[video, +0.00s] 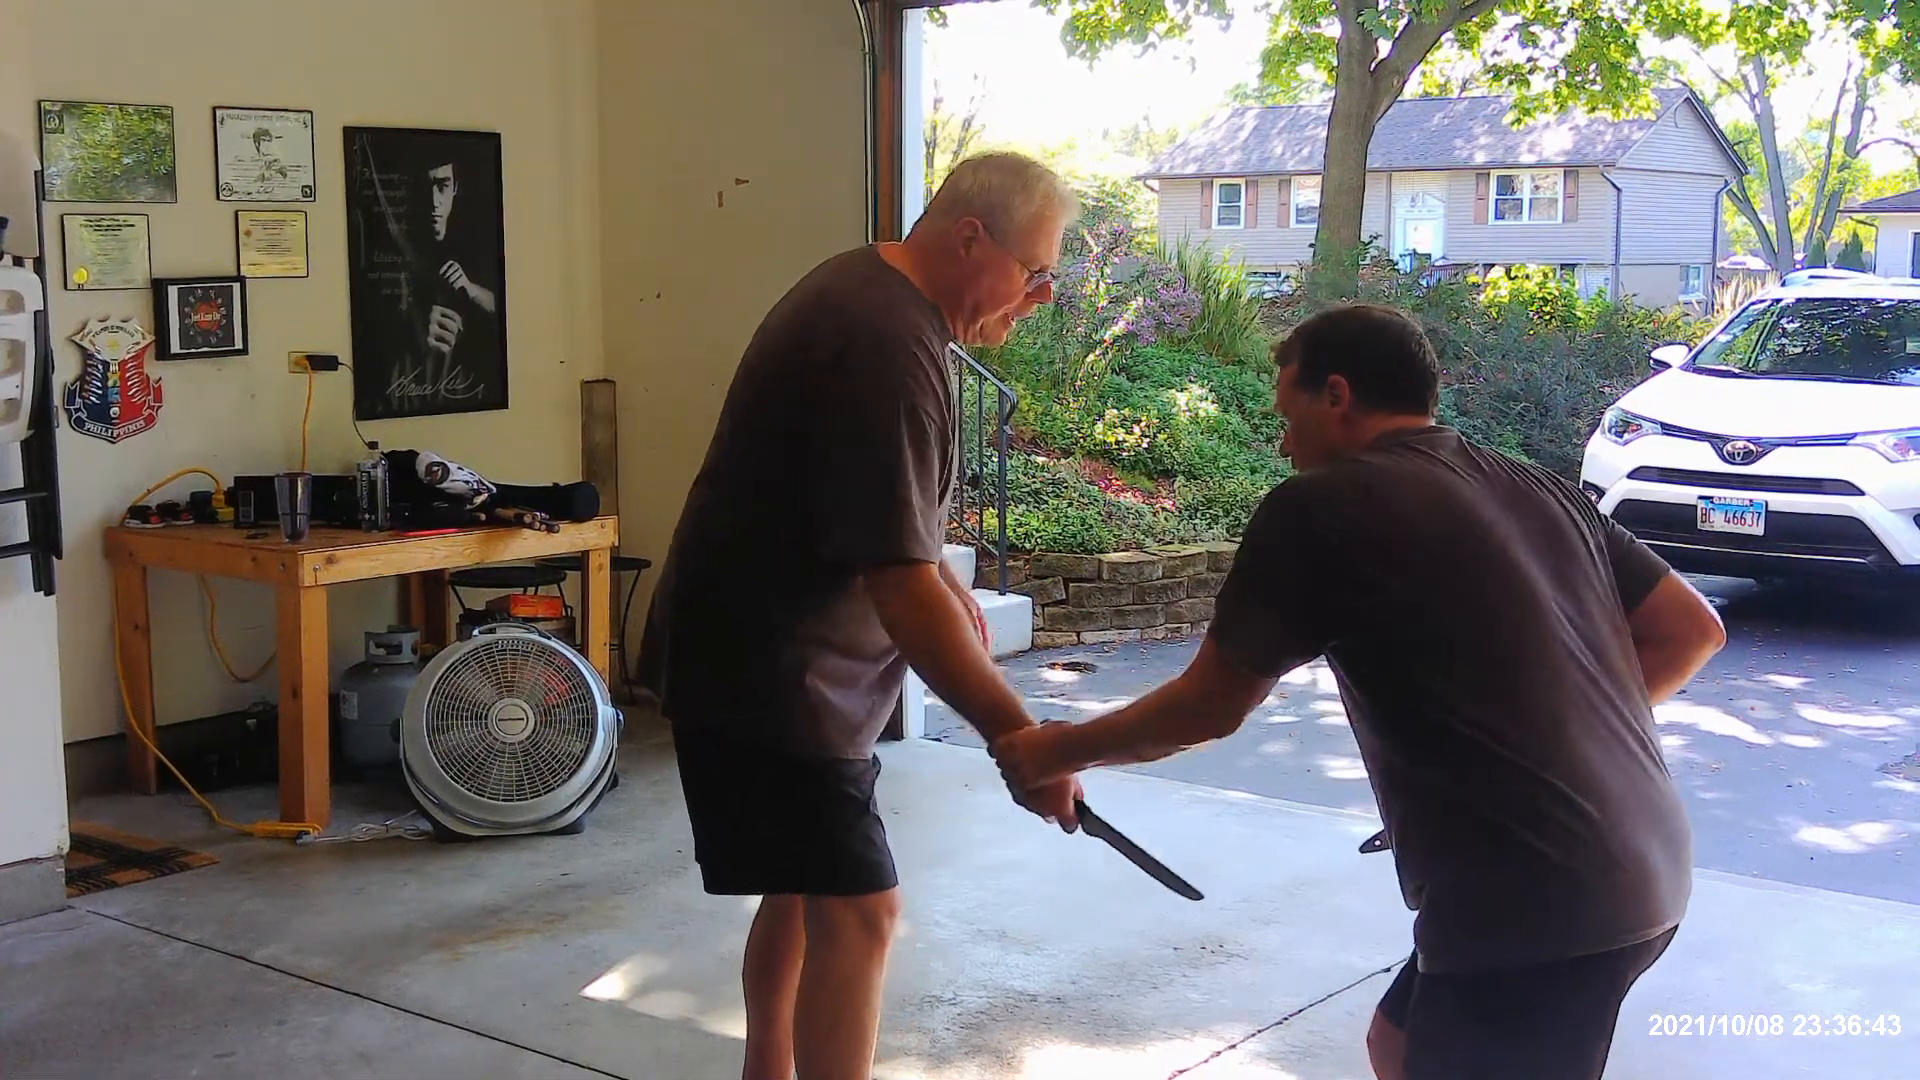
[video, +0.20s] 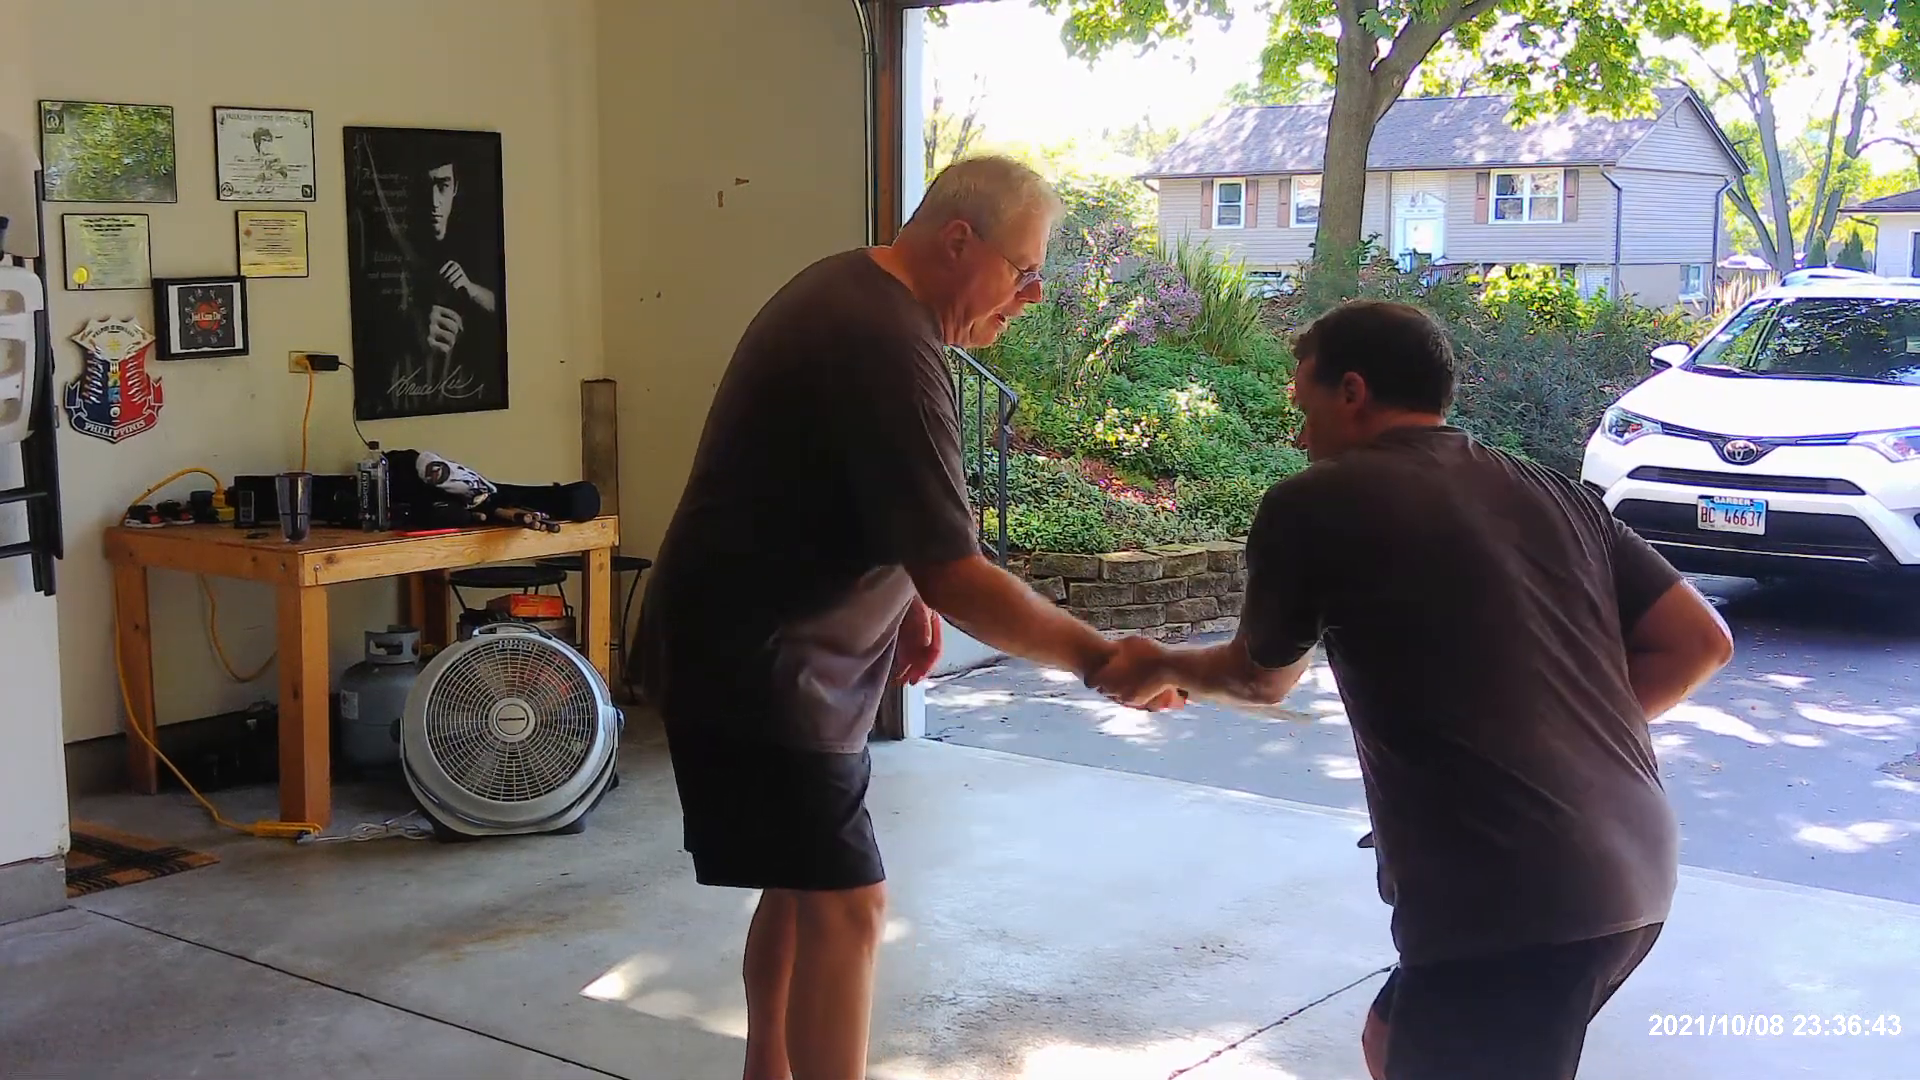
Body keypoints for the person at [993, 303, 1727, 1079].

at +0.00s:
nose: (1282, 438)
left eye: (1286, 411)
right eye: (1279, 413)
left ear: (1339, 399)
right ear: (1412, 397)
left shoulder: (1318, 508)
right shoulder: (1534, 485)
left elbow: (1208, 704)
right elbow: (1689, 628)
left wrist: (1058, 747)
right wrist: (1565, 733)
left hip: (1534, 896)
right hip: (1641, 862)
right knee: (1401, 1036)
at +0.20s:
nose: (1295, 419)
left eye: (1301, 394)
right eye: (1294, 394)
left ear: (1352, 394)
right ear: (1437, 401)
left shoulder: (1313, 501)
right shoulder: (1552, 491)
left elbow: (1262, 672)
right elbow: (1696, 639)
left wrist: (1168, 665)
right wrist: (1574, 725)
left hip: (1507, 897)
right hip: (1637, 878)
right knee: (1392, 1037)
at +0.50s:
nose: (1313, 408)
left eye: (1321, 385)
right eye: (1315, 386)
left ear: (1369, 388)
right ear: (1443, 396)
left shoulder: (1312, 482)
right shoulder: (1541, 496)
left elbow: (1254, 611)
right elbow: (1647, 681)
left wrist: (1178, 566)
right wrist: (1514, 754)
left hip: (1472, 883)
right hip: (1603, 869)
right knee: (1367, 1032)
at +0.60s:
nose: (1308, 404)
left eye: (1316, 382)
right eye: (1309, 383)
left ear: (1364, 385)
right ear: (1440, 396)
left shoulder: (1308, 476)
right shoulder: (1525, 493)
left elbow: (1239, 600)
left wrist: (1167, 557)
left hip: (1469, 877)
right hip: (1592, 865)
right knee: (1355, 1031)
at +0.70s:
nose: (1295, 407)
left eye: (1302, 383)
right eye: (1296, 385)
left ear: (1350, 384)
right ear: (1422, 396)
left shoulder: (1303, 468)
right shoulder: (1482, 480)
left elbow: (1218, 594)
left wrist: (1158, 552)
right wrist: (1282, 725)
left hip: (1479, 862)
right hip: (1585, 845)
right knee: (1357, 1035)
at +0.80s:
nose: (1277, 412)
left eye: (1284, 388)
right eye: (1277, 389)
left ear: (1335, 385)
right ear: (1403, 396)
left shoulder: (1295, 460)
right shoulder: (1447, 477)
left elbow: (1211, 593)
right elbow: (1331, 690)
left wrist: (1146, 539)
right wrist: (1153, 689)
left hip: (1491, 854)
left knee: (1470, 1067)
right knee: (1359, 1035)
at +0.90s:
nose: (1259, 410)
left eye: (1267, 390)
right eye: (1260, 390)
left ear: (1313, 388)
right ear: (1376, 400)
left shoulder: (1294, 460)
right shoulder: (1405, 479)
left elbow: (1205, 646)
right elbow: (1234, 653)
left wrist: (1174, 584)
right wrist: (1052, 675)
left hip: (1500, 857)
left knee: (1490, 1067)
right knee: (1362, 1030)